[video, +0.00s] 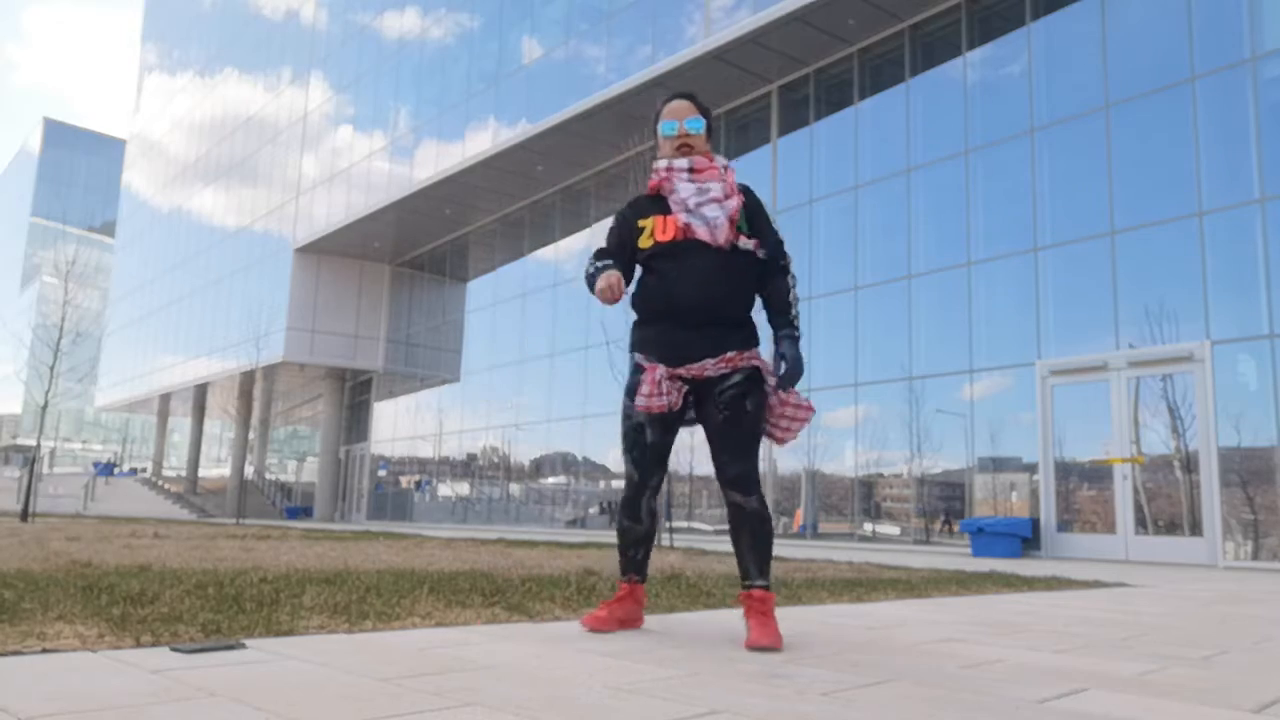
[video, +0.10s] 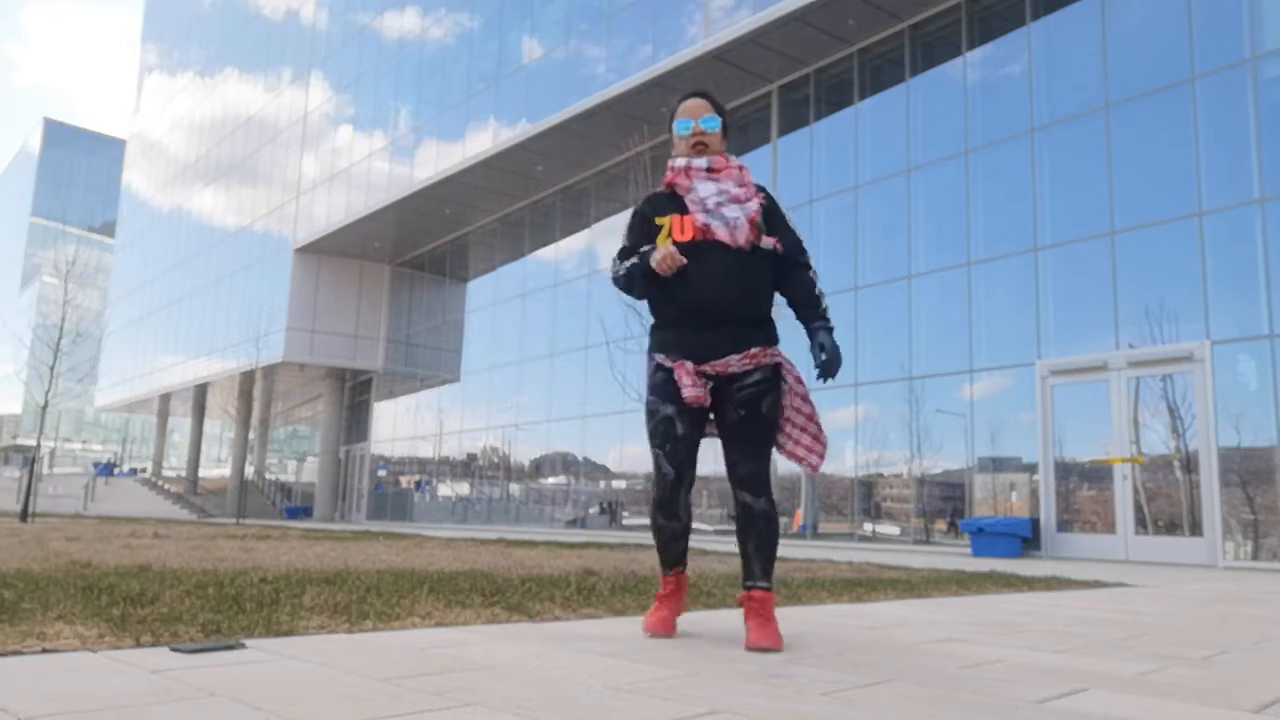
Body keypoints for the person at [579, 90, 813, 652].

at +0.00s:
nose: (680, 135)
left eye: (690, 126)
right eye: (670, 127)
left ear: (708, 136)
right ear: (657, 139)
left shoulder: (741, 203)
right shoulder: (641, 208)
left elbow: (775, 273)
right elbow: (610, 257)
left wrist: (787, 340)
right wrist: (605, 275)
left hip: (729, 360)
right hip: (657, 363)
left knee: (741, 481)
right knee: (641, 478)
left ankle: (758, 604)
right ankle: (629, 594)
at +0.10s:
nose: (698, 132)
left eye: (708, 123)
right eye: (686, 124)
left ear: (725, 134)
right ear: (672, 139)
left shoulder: (757, 204)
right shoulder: (655, 210)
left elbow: (795, 270)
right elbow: (623, 278)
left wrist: (819, 328)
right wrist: (649, 265)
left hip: (747, 359)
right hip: (675, 362)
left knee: (751, 482)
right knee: (670, 475)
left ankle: (759, 604)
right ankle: (671, 586)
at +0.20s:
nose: (708, 138)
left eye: (718, 128)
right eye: (697, 130)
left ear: (736, 136)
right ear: (683, 140)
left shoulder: (764, 204)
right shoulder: (665, 208)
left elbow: (805, 270)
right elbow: (647, 273)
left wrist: (842, 324)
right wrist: (702, 249)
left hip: (764, 357)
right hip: (693, 362)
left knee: (762, 477)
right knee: (718, 472)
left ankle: (761, 602)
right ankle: (726, 591)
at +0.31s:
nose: (714, 138)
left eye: (724, 129)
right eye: (703, 130)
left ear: (741, 137)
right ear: (689, 140)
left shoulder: (769, 205)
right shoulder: (673, 205)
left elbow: (809, 273)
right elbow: (660, 271)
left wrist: (849, 327)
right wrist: (737, 251)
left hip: (775, 358)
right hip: (704, 363)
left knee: (771, 479)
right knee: (727, 471)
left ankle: (764, 603)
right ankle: (724, 591)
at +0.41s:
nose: (720, 131)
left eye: (729, 121)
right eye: (708, 123)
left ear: (746, 131)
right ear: (693, 136)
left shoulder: (778, 199)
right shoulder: (679, 202)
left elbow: (811, 275)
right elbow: (666, 268)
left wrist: (843, 340)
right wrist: (746, 253)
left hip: (776, 358)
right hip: (704, 360)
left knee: (768, 480)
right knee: (706, 471)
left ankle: (763, 603)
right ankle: (706, 589)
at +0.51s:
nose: (723, 129)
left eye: (733, 120)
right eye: (712, 121)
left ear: (750, 130)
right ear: (696, 134)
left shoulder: (781, 199)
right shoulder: (680, 202)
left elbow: (812, 277)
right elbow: (666, 267)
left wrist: (839, 346)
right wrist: (747, 251)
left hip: (774, 357)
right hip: (700, 359)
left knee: (769, 482)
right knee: (675, 471)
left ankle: (762, 604)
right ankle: (666, 580)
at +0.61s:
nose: (723, 127)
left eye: (732, 117)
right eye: (711, 119)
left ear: (750, 127)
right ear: (696, 132)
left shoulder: (781, 200)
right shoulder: (680, 200)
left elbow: (812, 278)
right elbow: (662, 265)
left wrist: (842, 343)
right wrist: (739, 248)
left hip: (771, 357)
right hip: (694, 357)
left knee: (764, 482)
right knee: (648, 464)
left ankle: (762, 606)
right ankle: (602, 578)